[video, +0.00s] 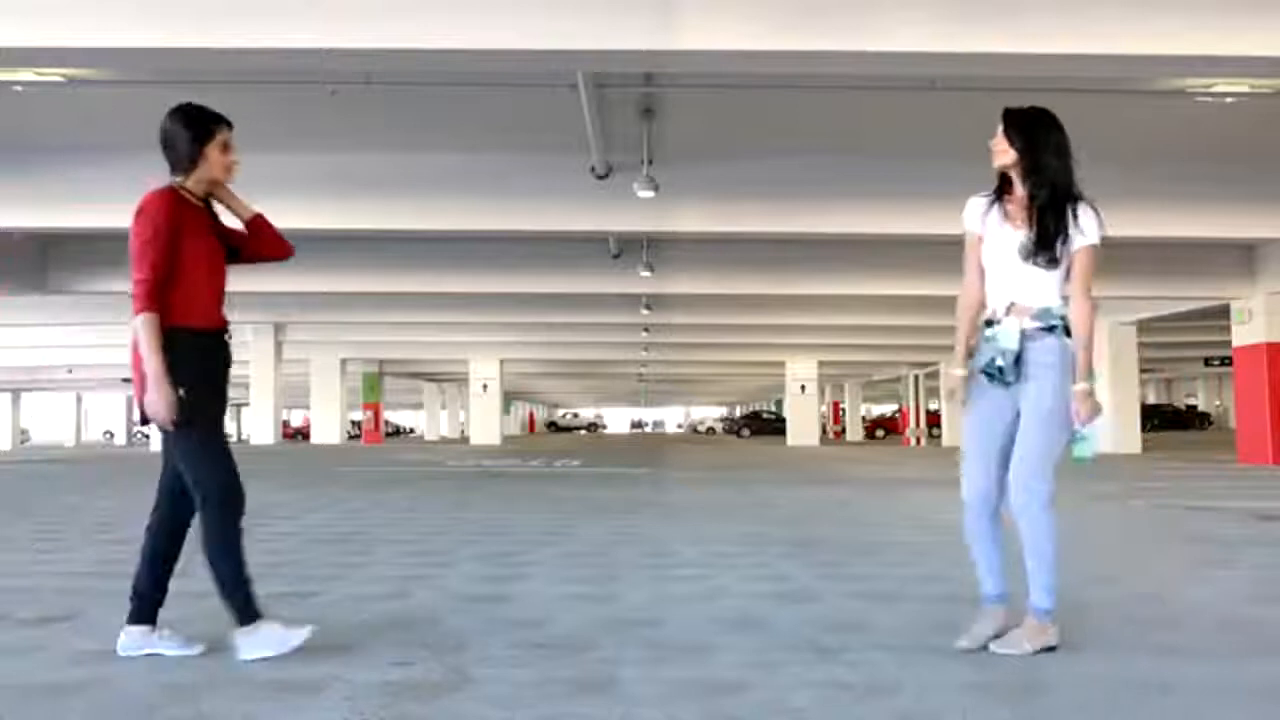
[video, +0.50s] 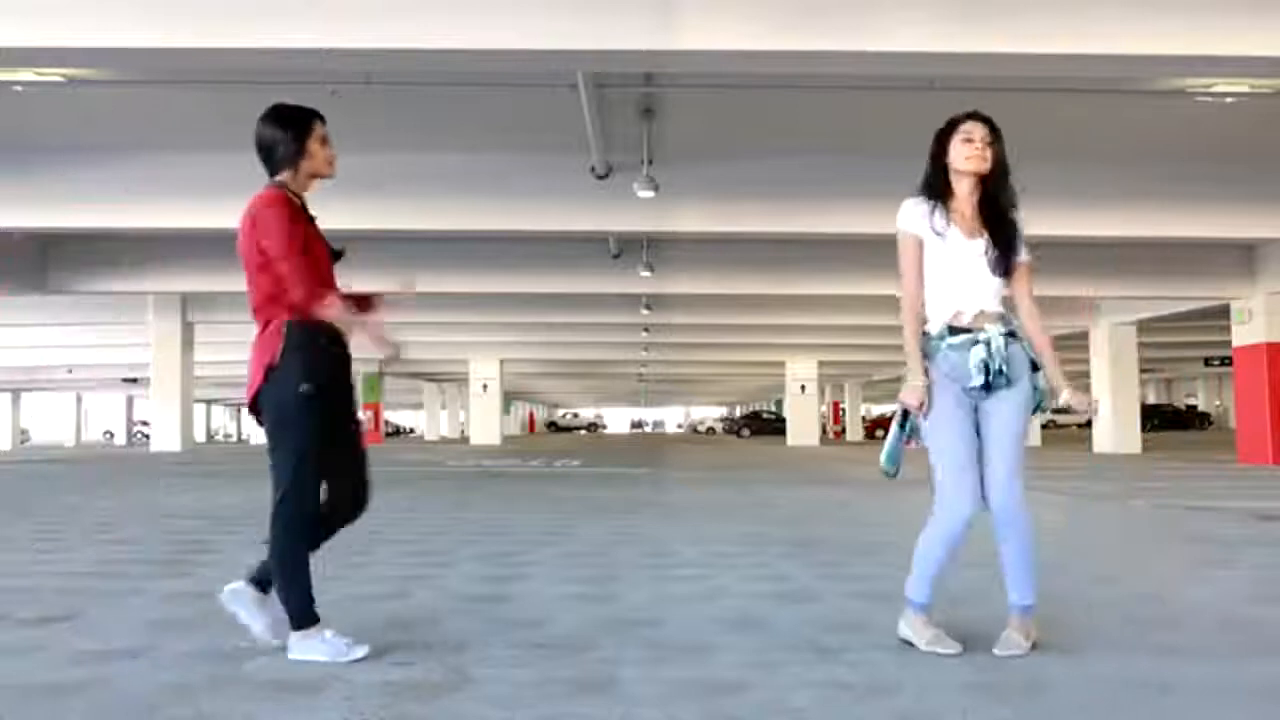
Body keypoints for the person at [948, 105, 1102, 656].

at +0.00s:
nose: (994, 144)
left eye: (1004, 137)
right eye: (996, 136)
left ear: (1030, 148)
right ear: (1009, 148)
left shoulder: (1076, 216)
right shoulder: (982, 209)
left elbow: (1080, 299)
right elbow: (972, 289)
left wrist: (1083, 380)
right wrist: (961, 354)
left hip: (1046, 350)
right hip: (992, 350)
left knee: (1029, 486)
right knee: (976, 487)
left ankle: (1041, 618)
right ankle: (995, 605)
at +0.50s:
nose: (976, 148)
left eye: (985, 142)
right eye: (965, 140)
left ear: (996, 158)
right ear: (944, 152)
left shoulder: (1006, 225)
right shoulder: (919, 213)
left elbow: (1025, 306)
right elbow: (911, 298)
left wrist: (1059, 381)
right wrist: (914, 372)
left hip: (1007, 358)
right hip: (943, 359)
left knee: (1005, 493)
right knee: (960, 498)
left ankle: (1022, 618)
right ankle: (915, 612)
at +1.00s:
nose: (926, 157)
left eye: (932, 145)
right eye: (913, 154)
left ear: (951, 152)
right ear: (905, 171)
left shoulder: (960, 222)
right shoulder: (919, 218)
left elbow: (964, 308)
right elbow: (926, 304)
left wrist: (989, 376)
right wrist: (949, 381)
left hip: (967, 358)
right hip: (929, 358)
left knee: (1000, 486)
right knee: (932, 497)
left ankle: (972, 614)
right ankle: (914, 616)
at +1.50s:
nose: (930, 164)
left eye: (934, 152)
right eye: (915, 163)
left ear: (949, 158)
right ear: (904, 180)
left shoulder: (952, 226)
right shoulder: (921, 223)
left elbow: (954, 309)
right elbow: (940, 307)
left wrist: (972, 379)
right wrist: (972, 383)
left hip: (958, 365)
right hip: (923, 365)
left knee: (994, 488)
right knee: (936, 492)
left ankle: (971, 615)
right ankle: (916, 615)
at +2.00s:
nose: (938, 165)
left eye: (942, 154)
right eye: (924, 162)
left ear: (956, 160)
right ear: (911, 176)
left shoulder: (942, 225)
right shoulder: (926, 212)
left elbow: (953, 319)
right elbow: (939, 300)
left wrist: (987, 394)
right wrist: (963, 378)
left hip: (955, 369)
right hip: (926, 368)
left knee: (998, 492)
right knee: (955, 502)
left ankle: (971, 617)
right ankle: (917, 616)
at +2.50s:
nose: (920, 160)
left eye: (928, 150)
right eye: (914, 152)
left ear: (956, 150)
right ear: (914, 158)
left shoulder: (991, 215)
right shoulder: (907, 210)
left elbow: (1028, 285)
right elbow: (842, 260)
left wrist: (1014, 329)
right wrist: (866, 323)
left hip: (976, 354)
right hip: (917, 350)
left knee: (986, 490)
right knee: (918, 488)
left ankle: (993, 614)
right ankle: (912, 613)